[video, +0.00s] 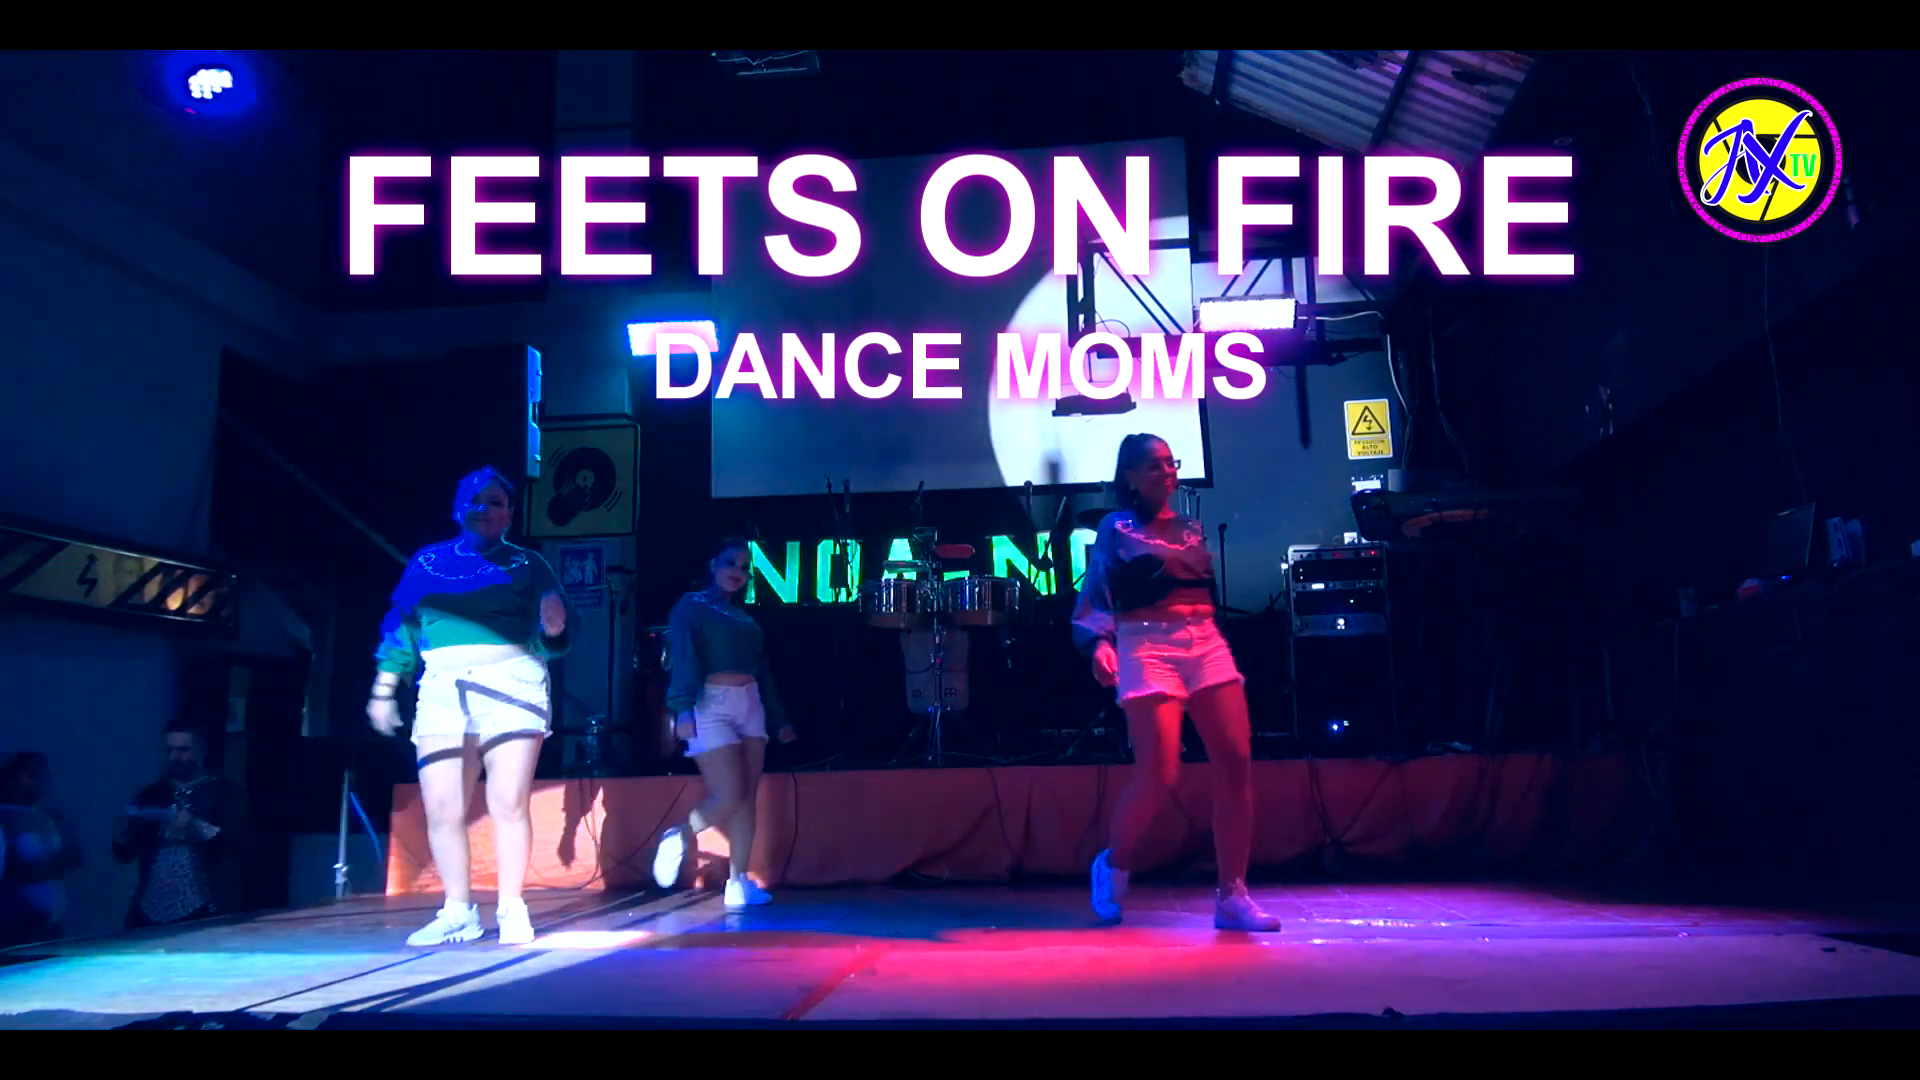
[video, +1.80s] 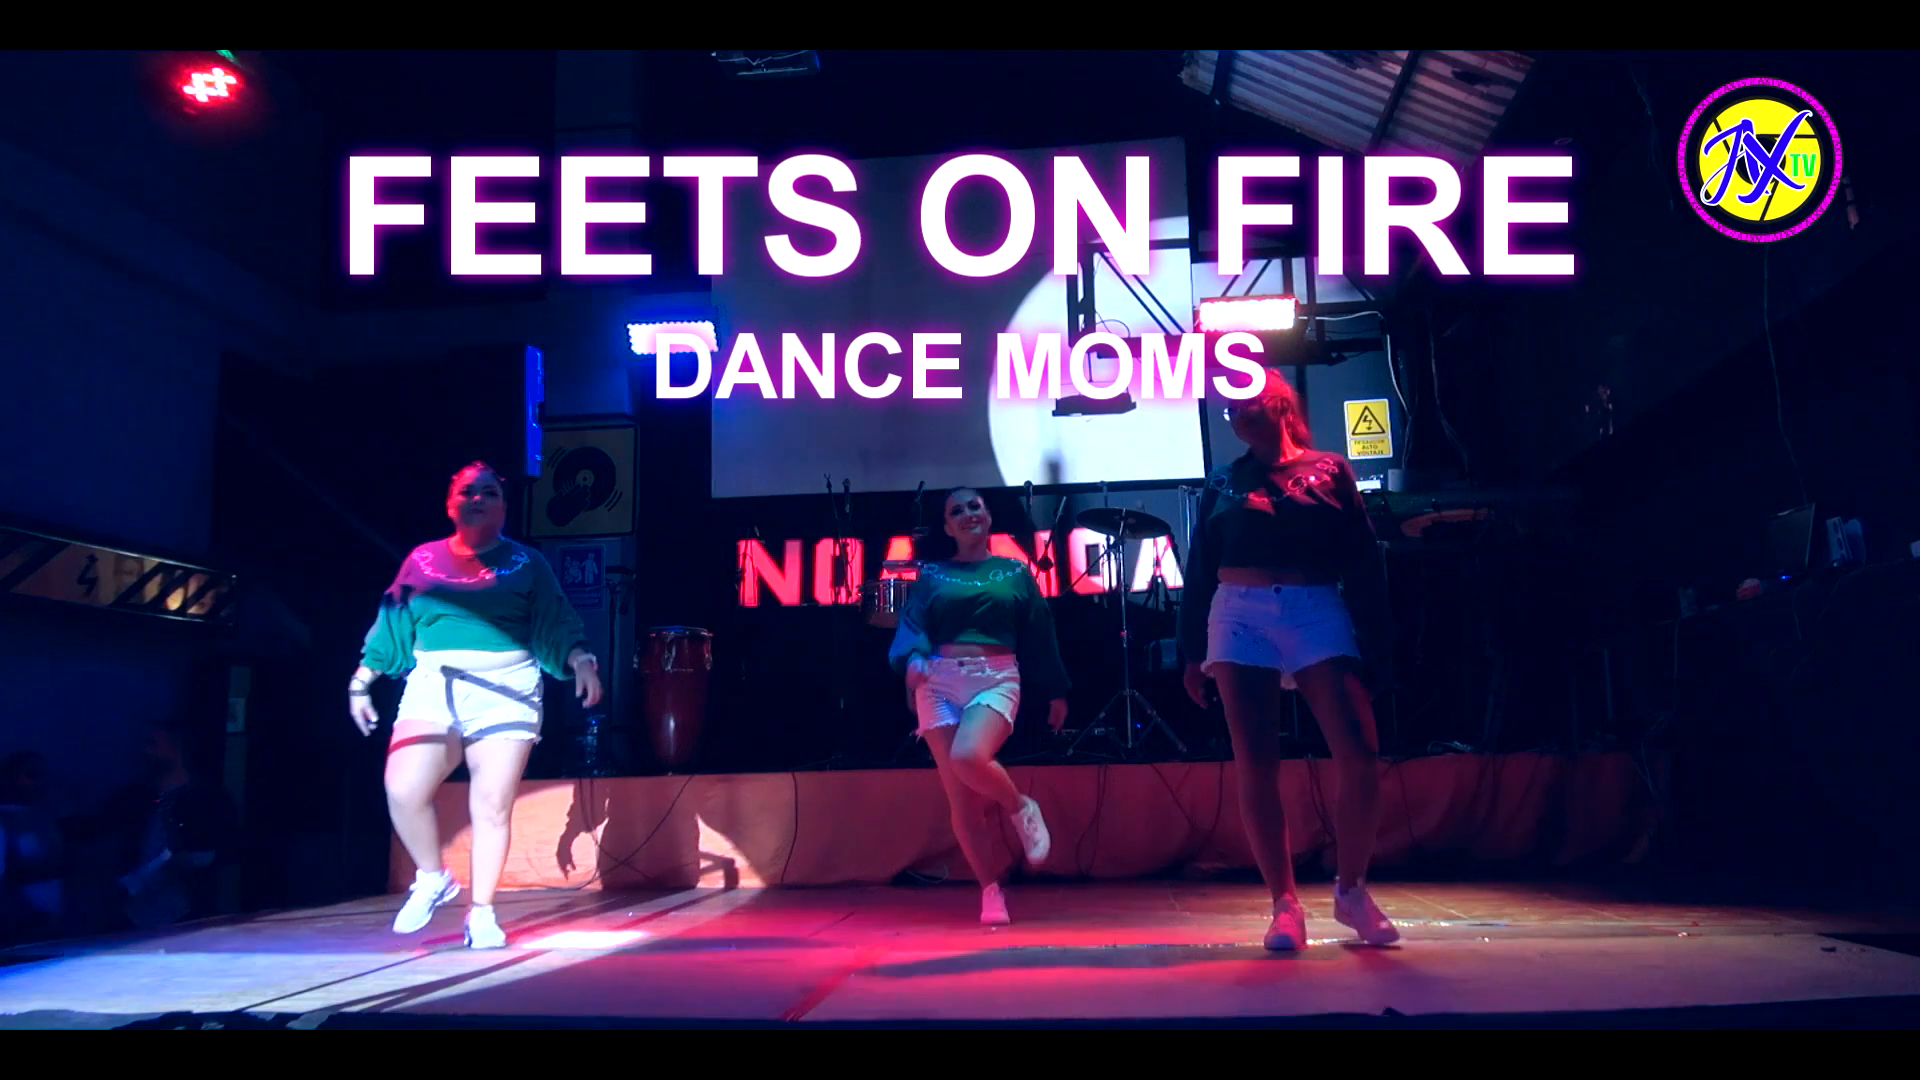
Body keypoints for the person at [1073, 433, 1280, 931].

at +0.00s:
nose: (1169, 471)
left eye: (1171, 463)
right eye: (1156, 465)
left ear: (1177, 471)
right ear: (1129, 476)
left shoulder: (1191, 529)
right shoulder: (1115, 529)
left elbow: (1202, 590)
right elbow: (1094, 601)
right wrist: (1098, 641)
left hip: (1204, 639)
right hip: (1145, 645)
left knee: (1236, 759)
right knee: (1160, 773)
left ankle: (1233, 894)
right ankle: (1111, 868)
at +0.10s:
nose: (1177, 465)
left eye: (1183, 457)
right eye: (1165, 460)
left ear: (1194, 468)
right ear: (1144, 473)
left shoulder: (1215, 525)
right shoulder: (1132, 529)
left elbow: (1238, 600)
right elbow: (1116, 601)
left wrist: (1254, 665)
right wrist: (1121, 662)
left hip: (1228, 639)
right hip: (1165, 646)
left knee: (1247, 761)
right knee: (1196, 766)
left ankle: (1234, 895)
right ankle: (1147, 859)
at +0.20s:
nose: (1180, 455)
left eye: (1188, 446)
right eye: (1170, 449)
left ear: (1208, 455)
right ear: (1158, 462)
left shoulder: (1238, 513)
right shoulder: (1145, 522)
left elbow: (1273, 587)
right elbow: (1130, 602)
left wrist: (1296, 647)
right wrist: (1135, 670)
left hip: (1245, 631)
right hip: (1180, 637)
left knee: (1249, 765)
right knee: (1213, 756)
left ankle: (1238, 890)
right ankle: (1214, 889)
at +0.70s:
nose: (1230, 439)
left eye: (1239, 428)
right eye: (1220, 432)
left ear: (1264, 433)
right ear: (1212, 444)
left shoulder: (1308, 488)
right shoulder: (1208, 509)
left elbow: (1351, 559)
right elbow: (1183, 590)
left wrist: (1373, 633)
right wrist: (1175, 665)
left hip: (1295, 631)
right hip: (1223, 630)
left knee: (1328, 755)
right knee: (1242, 764)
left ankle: (1297, 861)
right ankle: (1274, 902)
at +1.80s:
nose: (1240, 426)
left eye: (1249, 415)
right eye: (1234, 419)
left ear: (1279, 412)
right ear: (1232, 423)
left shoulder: (1327, 470)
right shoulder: (1225, 482)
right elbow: (1200, 572)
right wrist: (1193, 651)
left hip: (1314, 608)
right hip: (1237, 609)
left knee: (1357, 747)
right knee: (1255, 759)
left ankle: (1351, 892)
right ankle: (1284, 903)